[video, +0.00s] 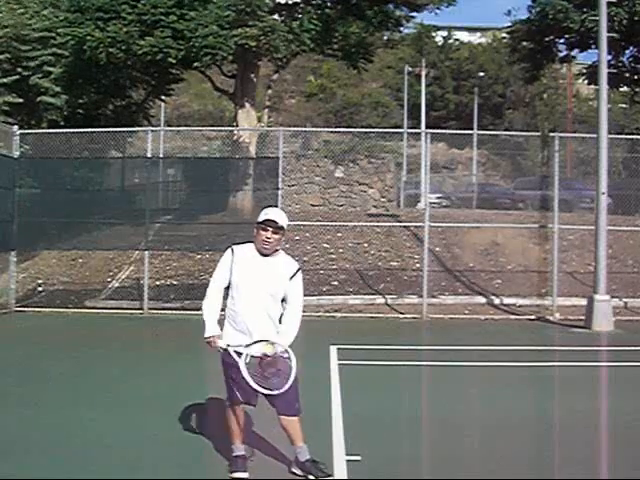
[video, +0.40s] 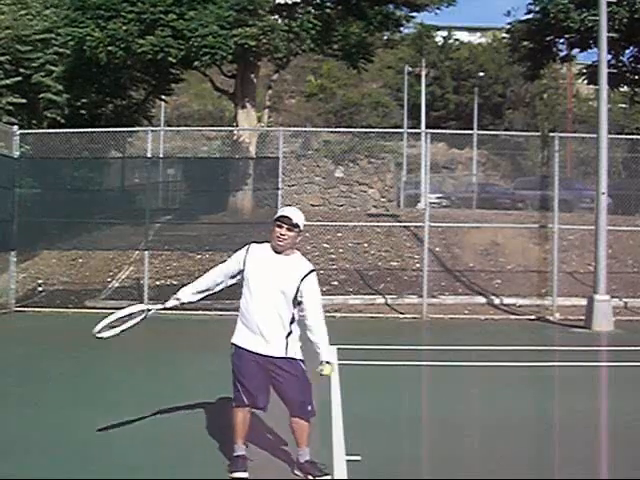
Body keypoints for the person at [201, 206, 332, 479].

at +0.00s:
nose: (268, 235)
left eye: (275, 231)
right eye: (263, 229)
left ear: (283, 236)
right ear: (255, 230)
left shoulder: (291, 269)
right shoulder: (235, 255)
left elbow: (294, 311)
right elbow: (214, 291)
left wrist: (280, 344)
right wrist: (212, 328)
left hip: (273, 345)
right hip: (236, 343)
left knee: (288, 404)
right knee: (238, 400)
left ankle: (303, 457)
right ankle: (238, 454)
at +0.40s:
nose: (282, 231)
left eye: (289, 228)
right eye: (279, 225)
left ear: (298, 235)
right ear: (272, 227)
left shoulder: (304, 270)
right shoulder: (252, 253)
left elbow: (314, 316)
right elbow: (218, 276)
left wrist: (325, 354)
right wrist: (183, 295)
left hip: (285, 351)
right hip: (248, 344)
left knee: (301, 406)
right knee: (243, 400)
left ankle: (304, 460)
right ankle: (239, 455)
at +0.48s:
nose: (288, 231)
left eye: (295, 228)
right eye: (284, 225)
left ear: (303, 235)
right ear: (277, 227)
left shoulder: (310, 268)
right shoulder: (257, 254)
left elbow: (330, 304)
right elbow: (221, 272)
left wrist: (350, 332)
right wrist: (182, 283)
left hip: (292, 350)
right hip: (254, 344)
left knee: (305, 407)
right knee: (247, 402)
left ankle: (304, 461)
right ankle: (239, 455)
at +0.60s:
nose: (295, 230)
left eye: (302, 227)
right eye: (292, 224)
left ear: (312, 234)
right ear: (285, 228)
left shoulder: (323, 263)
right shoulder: (268, 256)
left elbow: (353, 278)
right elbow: (230, 268)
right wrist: (194, 265)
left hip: (305, 351)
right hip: (267, 347)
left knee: (314, 406)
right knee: (256, 403)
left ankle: (306, 459)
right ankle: (241, 453)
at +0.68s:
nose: (302, 231)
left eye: (309, 228)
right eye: (299, 225)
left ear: (318, 235)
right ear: (291, 229)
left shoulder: (329, 261)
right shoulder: (273, 259)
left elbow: (360, 261)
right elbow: (240, 270)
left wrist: (385, 246)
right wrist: (205, 258)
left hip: (314, 349)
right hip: (276, 348)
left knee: (320, 407)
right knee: (263, 405)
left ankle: (307, 459)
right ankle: (248, 451)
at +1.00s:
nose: (318, 245)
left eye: (325, 242)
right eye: (313, 240)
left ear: (333, 249)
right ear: (304, 246)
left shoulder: (346, 272)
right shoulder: (287, 274)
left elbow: (374, 254)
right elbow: (250, 284)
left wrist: (375, 218)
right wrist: (250, 250)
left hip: (339, 357)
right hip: (304, 359)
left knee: (338, 425)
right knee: (311, 424)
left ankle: (307, 461)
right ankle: (288, 453)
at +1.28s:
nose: (333, 233)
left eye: (339, 230)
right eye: (328, 227)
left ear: (345, 237)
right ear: (318, 232)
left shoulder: (357, 264)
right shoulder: (301, 258)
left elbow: (389, 253)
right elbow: (266, 243)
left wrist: (391, 219)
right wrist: (271, 211)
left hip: (344, 347)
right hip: (312, 346)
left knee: (345, 412)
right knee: (316, 415)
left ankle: (311, 457)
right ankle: (287, 449)